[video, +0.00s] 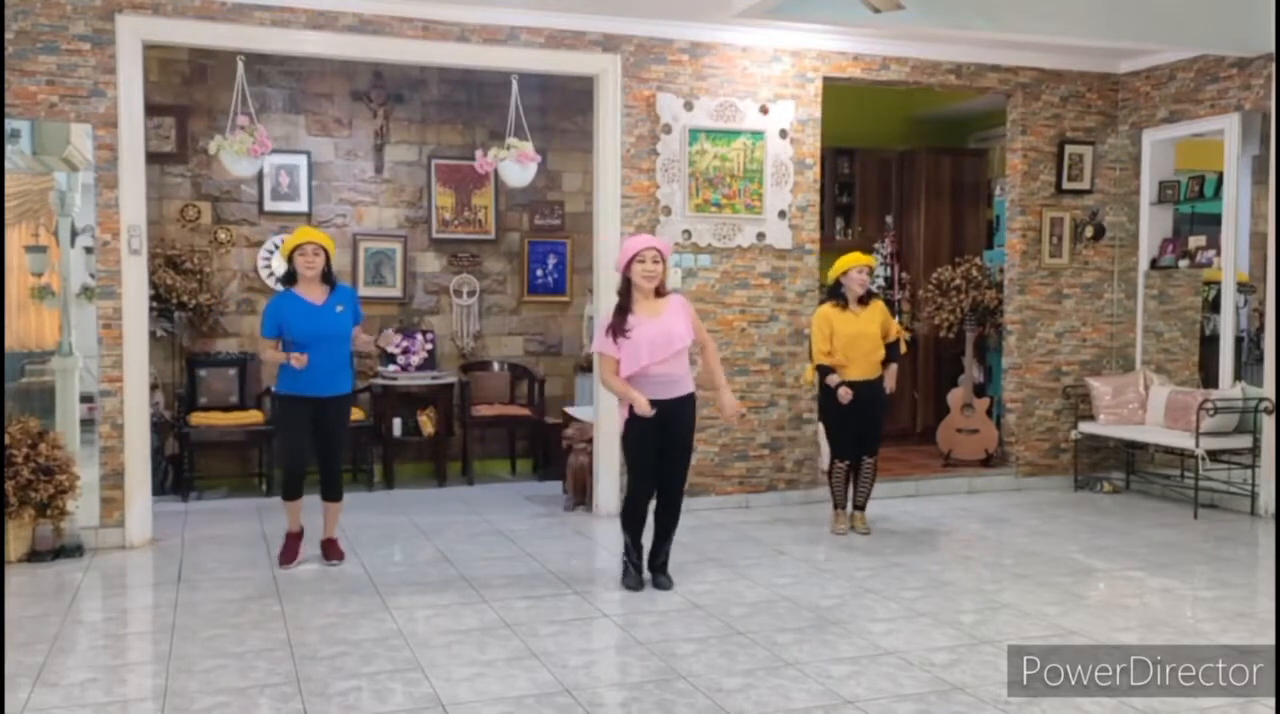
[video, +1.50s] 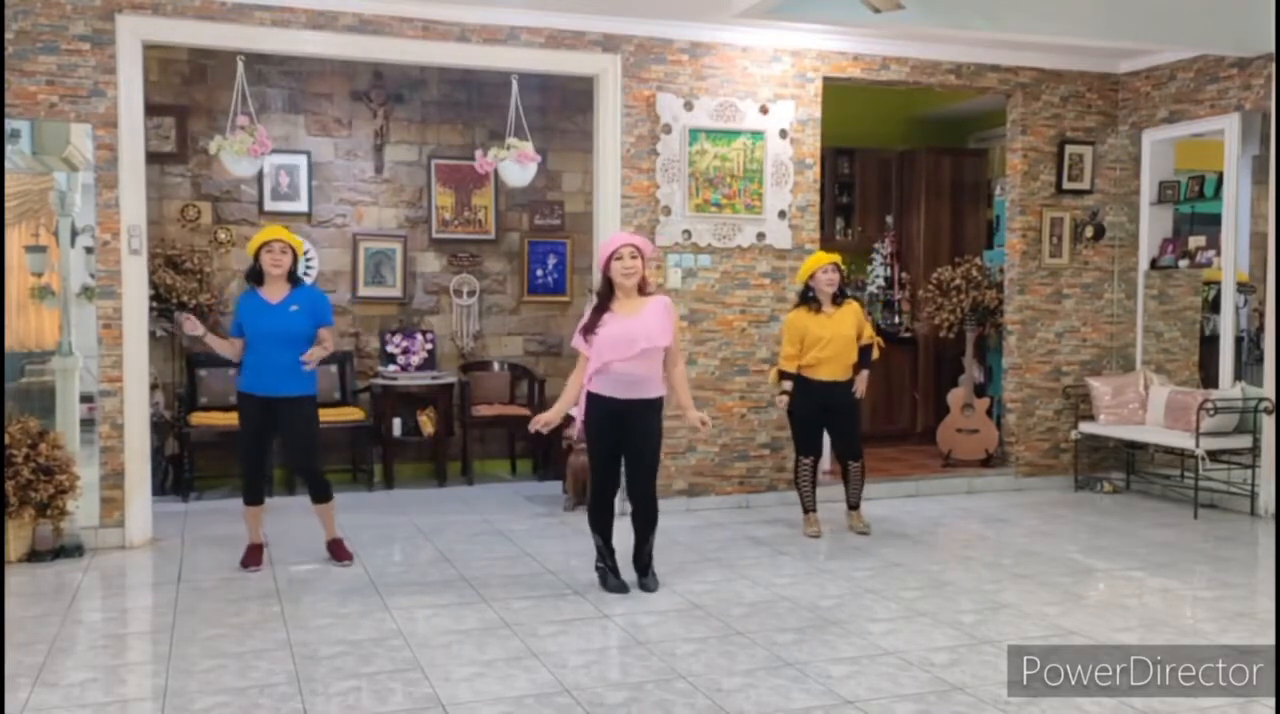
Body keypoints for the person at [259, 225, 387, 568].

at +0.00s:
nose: (309, 259)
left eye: (316, 253)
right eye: (302, 254)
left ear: (327, 260)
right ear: (292, 261)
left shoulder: (345, 295)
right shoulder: (279, 304)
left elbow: (354, 336)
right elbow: (265, 351)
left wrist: (378, 343)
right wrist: (288, 358)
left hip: (336, 396)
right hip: (293, 397)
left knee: (332, 466)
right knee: (293, 466)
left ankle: (330, 538)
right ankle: (293, 533)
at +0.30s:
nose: (300, 257)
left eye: (307, 252)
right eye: (293, 252)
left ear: (318, 259)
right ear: (283, 259)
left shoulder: (330, 298)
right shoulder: (271, 298)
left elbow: (335, 346)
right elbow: (245, 341)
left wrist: (366, 342)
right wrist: (275, 355)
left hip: (321, 396)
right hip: (280, 397)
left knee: (323, 468)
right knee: (279, 468)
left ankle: (329, 537)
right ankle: (258, 539)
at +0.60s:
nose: (282, 257)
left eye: (289, 252)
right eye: (275, 252)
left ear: (300, 260)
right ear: (264, 259)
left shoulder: (308, 304)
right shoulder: (247, 297)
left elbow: (308, 352)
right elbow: (209, 334)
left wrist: (326, 362)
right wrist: (220, 368)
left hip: (293, 399)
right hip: (250, 398)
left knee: (306, 465)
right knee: (253, 468)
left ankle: (319, 537)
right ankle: (255, 541)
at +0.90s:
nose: (269, 255)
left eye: (276, 249)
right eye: (262, 249)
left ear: (287, 258)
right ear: (251, 257)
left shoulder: (299, 302)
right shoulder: (233, 295)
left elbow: (302, 349)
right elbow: (208, 330)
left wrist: (315, 353)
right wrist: (188, 348)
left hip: (283, 398)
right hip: (240, 397)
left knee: (285, 467)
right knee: (247, 468)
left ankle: (279, 537)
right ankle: (254, 541)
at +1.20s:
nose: (265, 256)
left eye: (272, 251)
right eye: (258, 251)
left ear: (283, 259)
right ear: (247, 258)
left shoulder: (298, 302)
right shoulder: (230, 300)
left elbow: (306, 347)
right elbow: (214, 344)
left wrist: (317, 350)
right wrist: (189, 339)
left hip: (284, 397)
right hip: (239, 397)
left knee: (294, 465)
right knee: (246, 468)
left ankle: (285, 528)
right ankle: (255, 541)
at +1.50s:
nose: (276, 257)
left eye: (283, 251)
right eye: (270, 251)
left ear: (294, 259)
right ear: (259, 259)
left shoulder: (313, 298)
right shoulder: (247, 301)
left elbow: (328, 342)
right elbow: (234, 351)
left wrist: (319, 351)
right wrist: (204, 334)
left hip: (299, 397)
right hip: (254, 397)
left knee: (309, 466)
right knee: (253, 469)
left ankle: (333, 538)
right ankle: (255, 542)